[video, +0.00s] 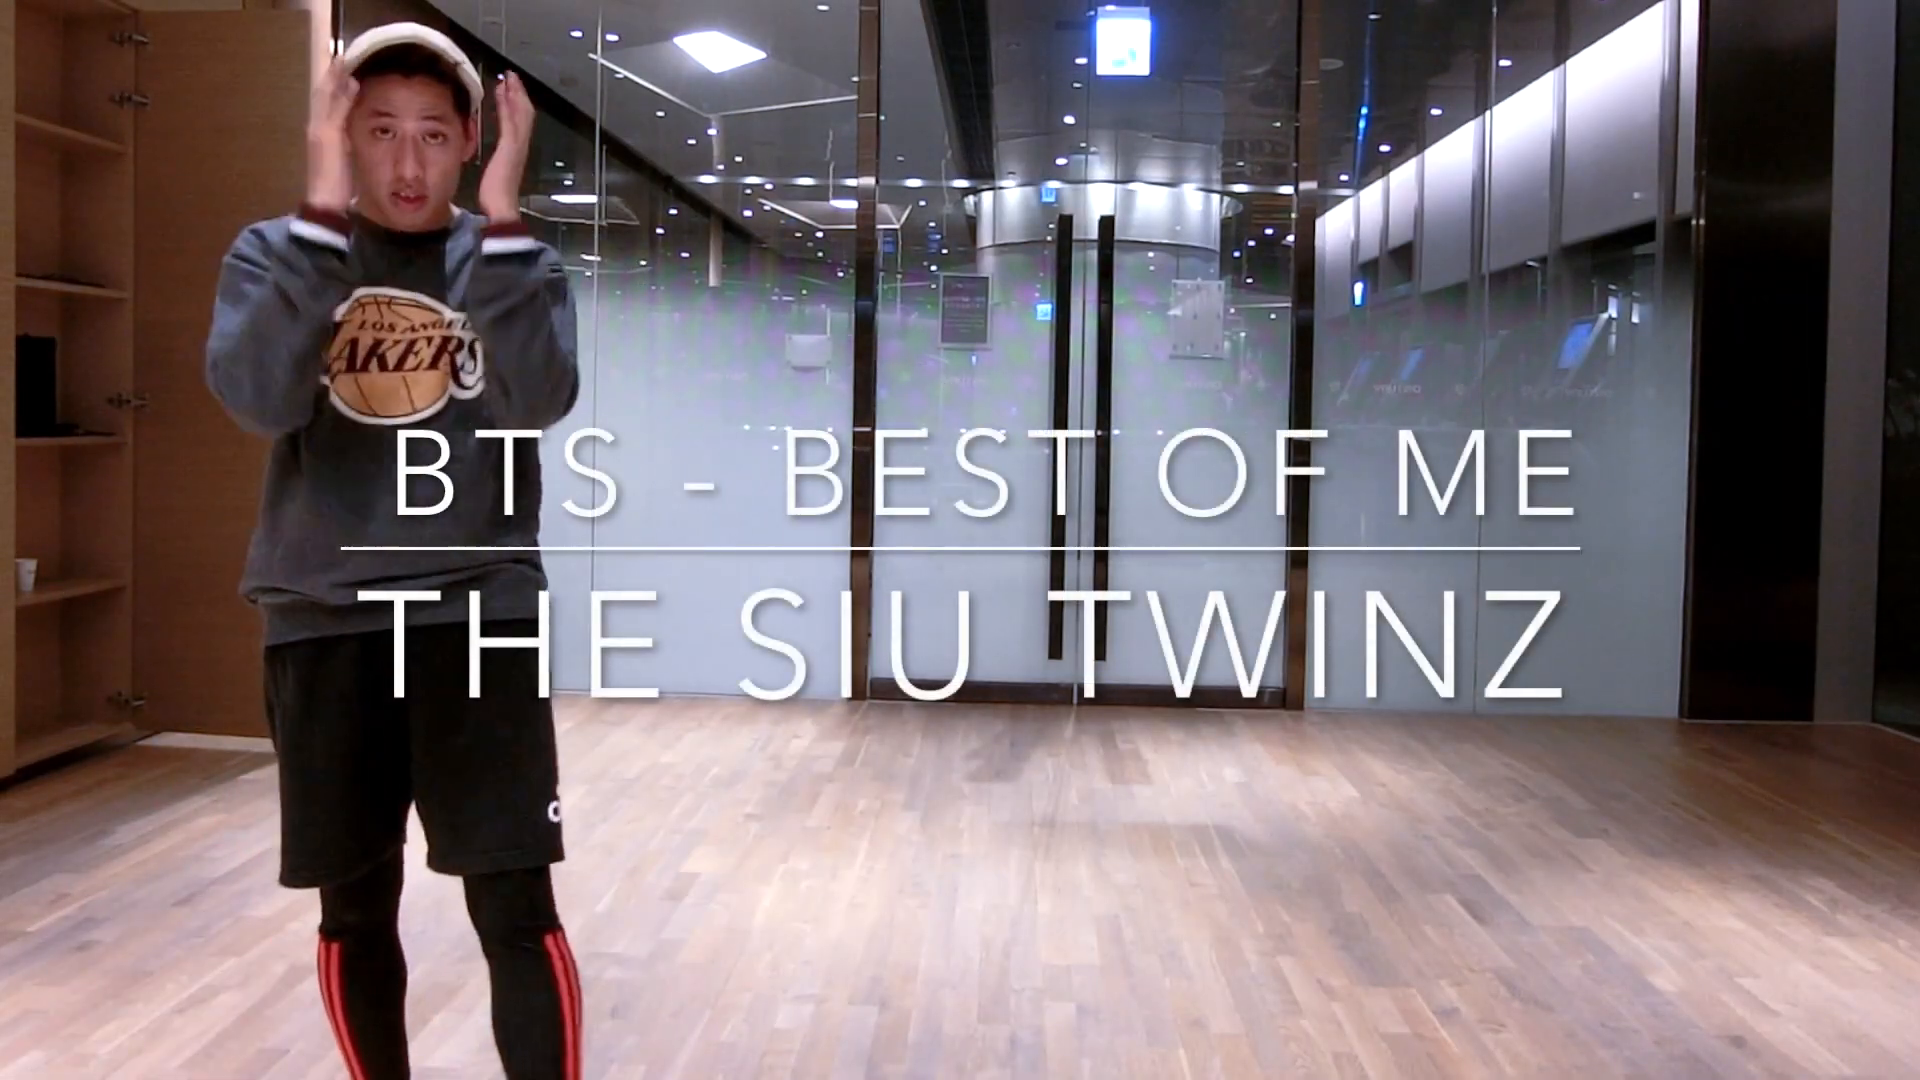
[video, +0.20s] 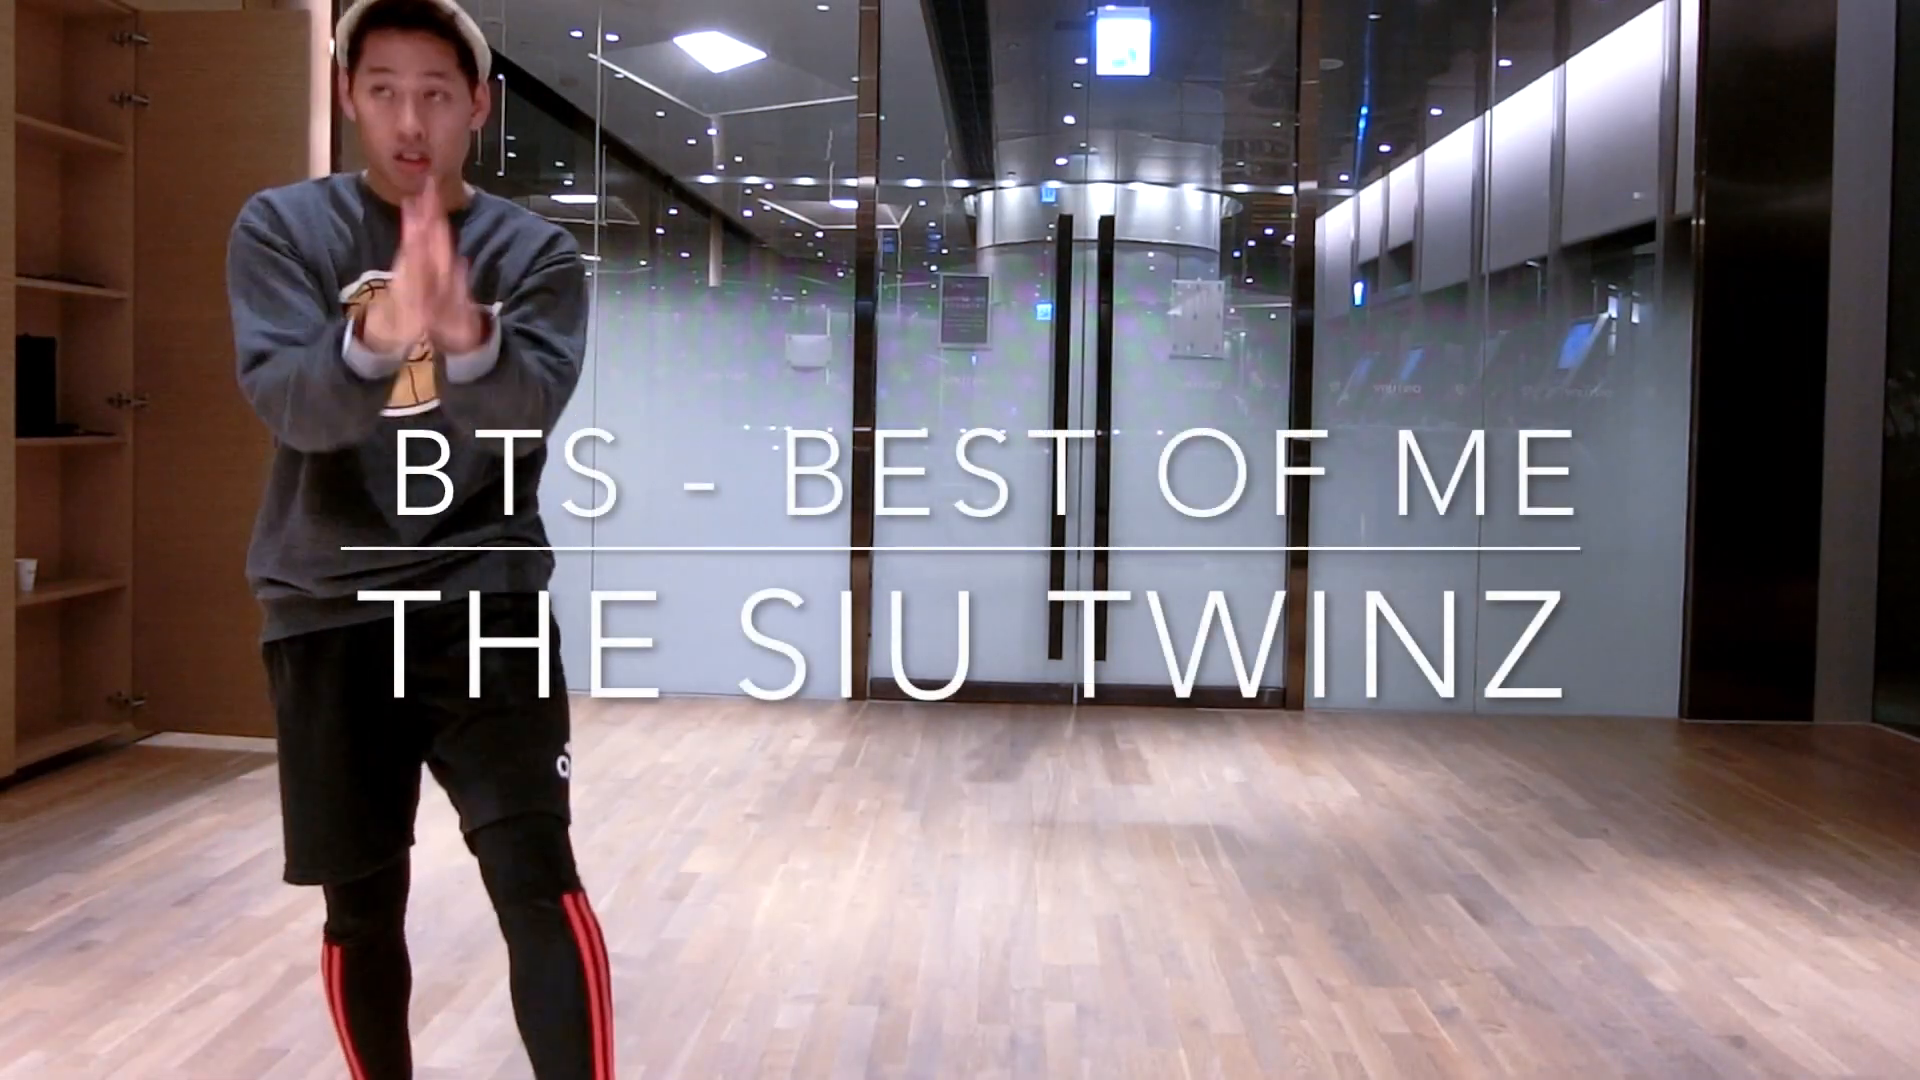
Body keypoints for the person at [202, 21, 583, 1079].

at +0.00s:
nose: (408, 156)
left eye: (433, 132)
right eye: (383, 130)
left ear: (469, 150)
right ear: (343, 144)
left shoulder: (518, 265)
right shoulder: (277, 254)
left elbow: (536, 399)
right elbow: (261, 399)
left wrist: (499, 219)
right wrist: (323, 213)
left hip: (485, 622)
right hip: (330, 624)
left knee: (515, 909)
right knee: (355, 910)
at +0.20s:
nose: (409, 119)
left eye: (435, 94)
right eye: (383, 92)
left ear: (476, 112)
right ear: (350, 108)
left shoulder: (532, 246)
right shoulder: (282, 225)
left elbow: (535, 400)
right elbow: (283, 397)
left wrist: (462, 342)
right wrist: (376, 336)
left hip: (487, 590)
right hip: (330, 604)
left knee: (535, 883)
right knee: (360, 906)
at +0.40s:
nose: (401, 85)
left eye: (430, 59)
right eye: (377, 58)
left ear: (485, 88)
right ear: (349, 83)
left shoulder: (555, 265)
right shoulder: (296, 251)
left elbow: (567, 477)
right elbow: (282, 465)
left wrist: (556, 672)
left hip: (497, 635)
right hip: (345, 639)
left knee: (528, 942)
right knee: (364, 929)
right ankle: (385, 1079)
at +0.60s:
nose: (426, 42)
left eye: (459, 19)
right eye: (405, 20)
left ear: (526, 56)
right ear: (380, 51)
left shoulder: (613, 258)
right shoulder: (323, 247)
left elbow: (695, 463)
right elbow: (242, 458)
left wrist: (777, 620)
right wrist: (153, 630)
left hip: (535, 673)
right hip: (362, 668)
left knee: (555, 990)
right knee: (376, 958)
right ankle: (384, 1079)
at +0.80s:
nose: (509, 15)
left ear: (605, 27)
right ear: (452, 30)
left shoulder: (689, 227)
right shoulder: (376, 207)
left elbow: (794, 404)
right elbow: (265, 368)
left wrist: (892, 539)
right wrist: (167, 490)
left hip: (599, 649)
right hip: (410, 645)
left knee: (593, 967)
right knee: (394, 952)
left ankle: (604, 1059)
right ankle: (387, 1064)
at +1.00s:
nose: (591, 11)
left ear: (685, 17)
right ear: (526, 21)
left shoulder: (754, 243)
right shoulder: (431, 204)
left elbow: (833, 489)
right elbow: (323, 444)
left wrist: (909, 718)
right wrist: (221, 672)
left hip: (636, 692)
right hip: (441, 687)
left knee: (618, 1031)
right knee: (396, 1022)